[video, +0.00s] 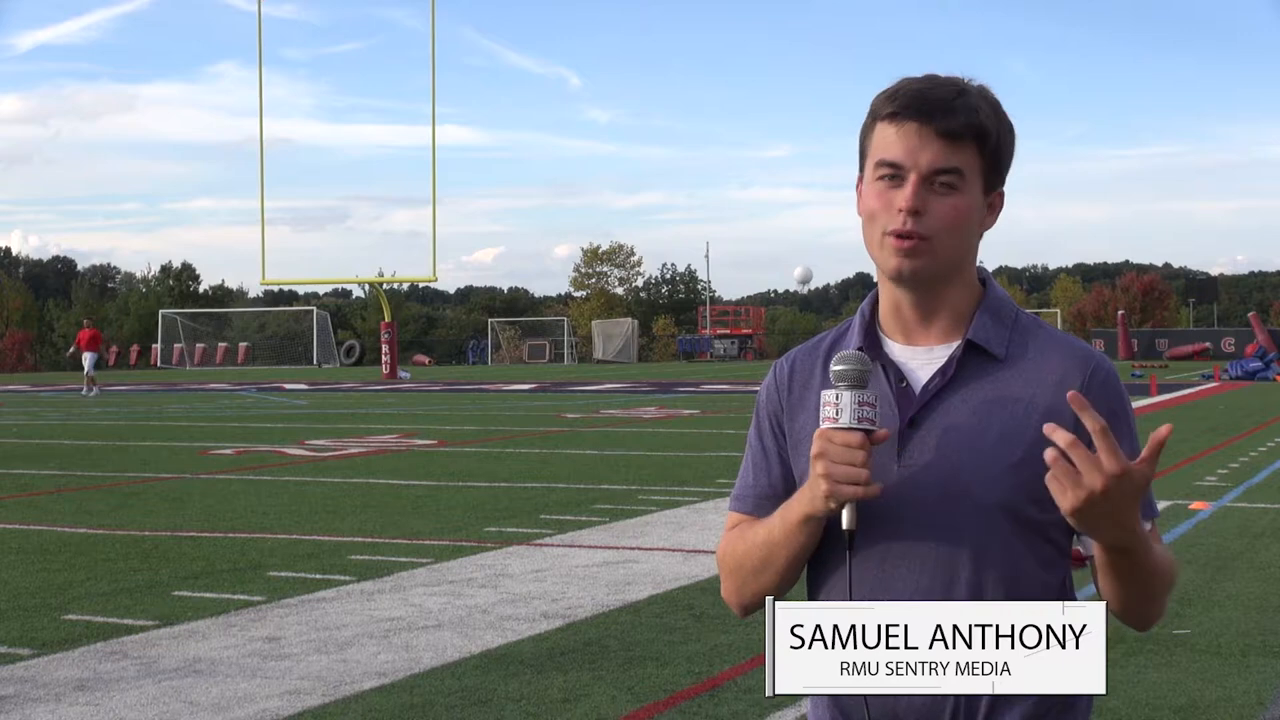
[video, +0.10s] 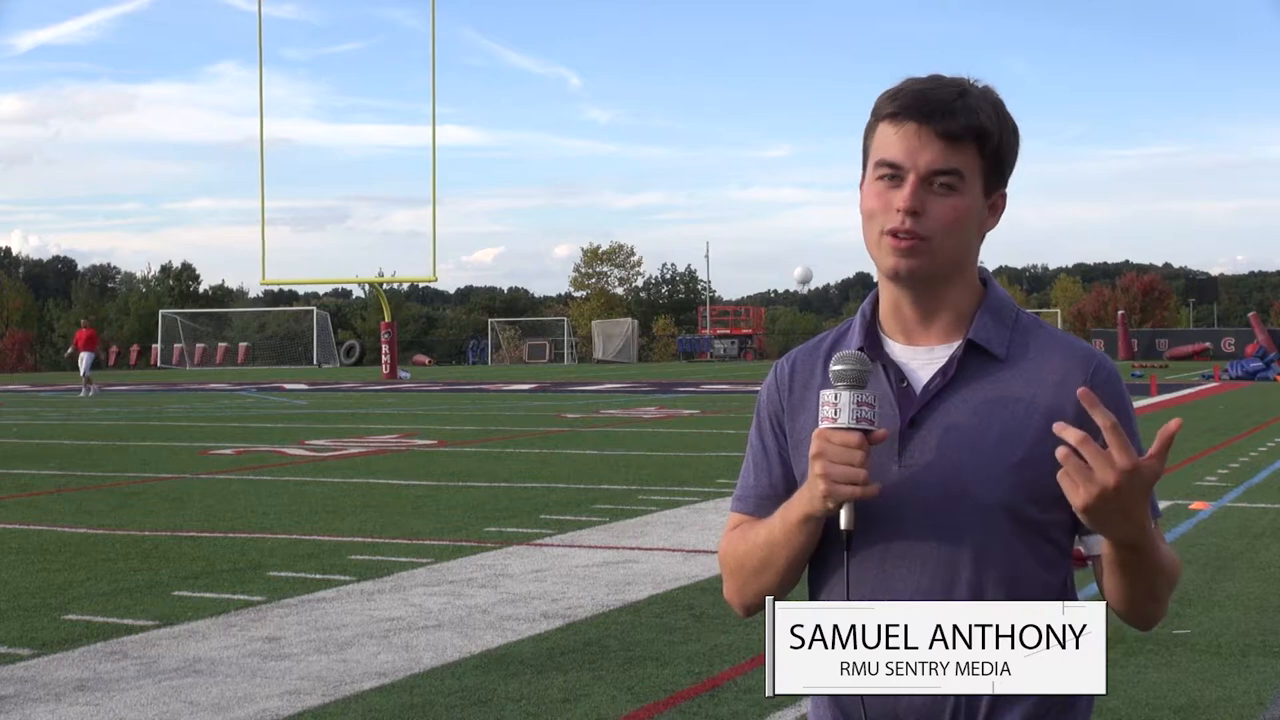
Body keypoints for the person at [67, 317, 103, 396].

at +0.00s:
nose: (86, 324)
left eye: (87, 322)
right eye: (85, 322)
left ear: (91, 323)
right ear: (83, 323)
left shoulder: (95, 332)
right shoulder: (81, 332)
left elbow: (100, 344)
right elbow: (76, 344)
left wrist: (104, 353)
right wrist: (70, 351)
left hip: (92, 353)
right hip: (84, 353)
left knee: (87, 371)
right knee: (88, 372)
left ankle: (85, 388)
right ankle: (95, 388)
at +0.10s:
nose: (83, 324)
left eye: (84, 322)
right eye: (82, 322)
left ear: (88, 323)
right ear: (81, 323)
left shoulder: (92, 332)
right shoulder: (79, 332)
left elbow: (97, 344)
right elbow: (74, 344)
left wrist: (100, 353)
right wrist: (68, 352)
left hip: (89, 353)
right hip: (81, 353)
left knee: (84, 372)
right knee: (83, 373)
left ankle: (84, 390)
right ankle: (93, 387)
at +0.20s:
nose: (80, 324)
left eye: (82, 322)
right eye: (79, 322)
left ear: (85, 323)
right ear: (78, 323)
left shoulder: (90, 331)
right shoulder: (75, 332)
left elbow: (93, 343)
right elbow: (72, 344)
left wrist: (93, 353)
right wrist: (68, 352)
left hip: (86, 352)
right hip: (78, 353)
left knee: (83, 372)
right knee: (76, 373)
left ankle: (84, 390)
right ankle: (86, 384)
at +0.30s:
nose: (77, 322)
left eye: (79, 321)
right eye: (76, 321)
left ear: (82, 321)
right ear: (75, 322)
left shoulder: (86, 330)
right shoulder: (74, 331)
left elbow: (88, 342)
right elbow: (71, 343)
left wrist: (86, 352)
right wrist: (69, 352)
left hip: (82, 352)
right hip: (74, 352)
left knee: (82, 372)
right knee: (70, 372)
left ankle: (83, 389)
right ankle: (79, 385)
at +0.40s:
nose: (75, 323)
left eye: (76, 321)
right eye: (74, 321)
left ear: (79, 322)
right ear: (72, 322)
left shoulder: (82, 331)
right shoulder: (70, 332)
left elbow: (84, 342)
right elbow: (70, 342)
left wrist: (79, 349)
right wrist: (69, 349)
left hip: (81, 352)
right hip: (72, 352)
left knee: (81, 372)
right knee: (68, 371)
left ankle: (83, 389)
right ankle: (70, 388)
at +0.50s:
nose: (71, 324)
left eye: (72, 322)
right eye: (70, 322)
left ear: (76, 322)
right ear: (69, 323)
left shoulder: (79, 331)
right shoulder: (67, 332)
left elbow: (79, 343)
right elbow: (67, 342)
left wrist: (69, 349)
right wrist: (66, 350)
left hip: (78, 353)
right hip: (69, 353)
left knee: (79, 373)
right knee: (66, 372)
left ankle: (82, 390)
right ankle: (62, 389)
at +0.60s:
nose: (67, 324)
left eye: (69, 323)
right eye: (66, 323)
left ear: (72, 323)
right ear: (65, 324)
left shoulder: (75, 331)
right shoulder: (63, 332)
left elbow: (75, 343)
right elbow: (63, 343)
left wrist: (66, 349)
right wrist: (63, 350)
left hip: (74, 353)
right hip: (65, 354)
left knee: (76, 373)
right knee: (62, 373)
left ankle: (82, 389)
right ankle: (61, 389)